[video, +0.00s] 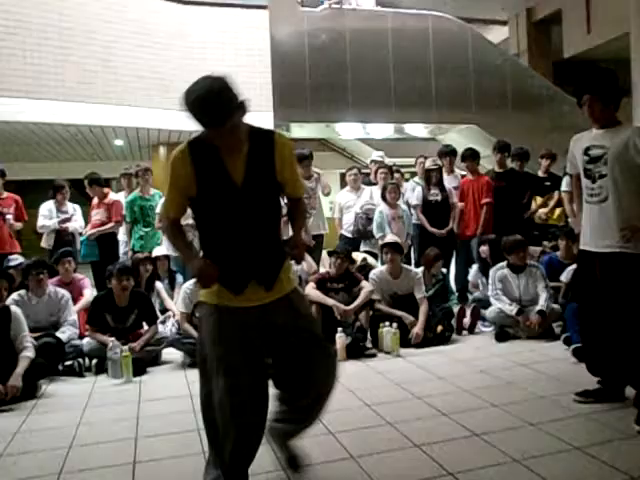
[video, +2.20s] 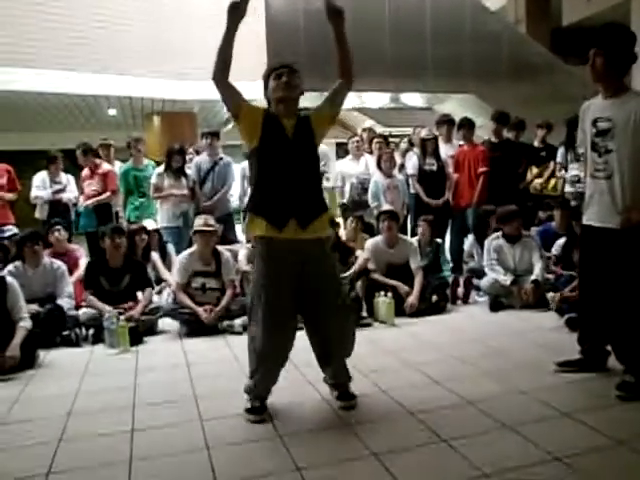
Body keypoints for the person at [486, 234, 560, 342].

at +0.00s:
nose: (522, 255)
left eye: (524, 251)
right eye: (517, 253)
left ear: (527, 251)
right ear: (507, 256)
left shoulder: (536, 269)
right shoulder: (497, 272)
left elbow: (544, 291)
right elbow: (495, 296)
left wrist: (541, 311)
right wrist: (517, 311)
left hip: (532, 307)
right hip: (510, 309)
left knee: (555, 310)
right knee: (492, 314)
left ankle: (514, 333)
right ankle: (539, 331)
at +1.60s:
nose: (517, 254)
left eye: (519, 250)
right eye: (512, 252)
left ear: (522, 251)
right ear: (503, 254)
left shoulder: (531, 268)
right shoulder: (492, 270)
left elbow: (539, 290)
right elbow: (490, 292)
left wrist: (534, 310)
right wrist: (511, 309)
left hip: (526, 304)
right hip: (505, 304)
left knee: (550, 309)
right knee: (487, 311)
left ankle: (508, 330)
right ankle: (531, 329)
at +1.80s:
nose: (511, 230)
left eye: (512, 227)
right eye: (506, 228)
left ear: (515, 227)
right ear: (498, 230)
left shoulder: (523, 244)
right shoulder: (487, 245)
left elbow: (533, 267)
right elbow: (485, 270)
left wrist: (527, 286)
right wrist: (505, 284)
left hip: (520, 280)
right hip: (499, 281)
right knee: (483, 287)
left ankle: (501, 306)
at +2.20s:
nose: (517, 226)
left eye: (518, 222)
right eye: (512, 223)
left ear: (521, 223)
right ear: (502, 226)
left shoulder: (530, 241)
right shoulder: (492, 242)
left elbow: (538, 262)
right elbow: (490, 265)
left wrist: (535, 280)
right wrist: (509, 280)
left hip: (526, 277)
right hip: (504, 277)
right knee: (487, 284)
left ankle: (507, 302)